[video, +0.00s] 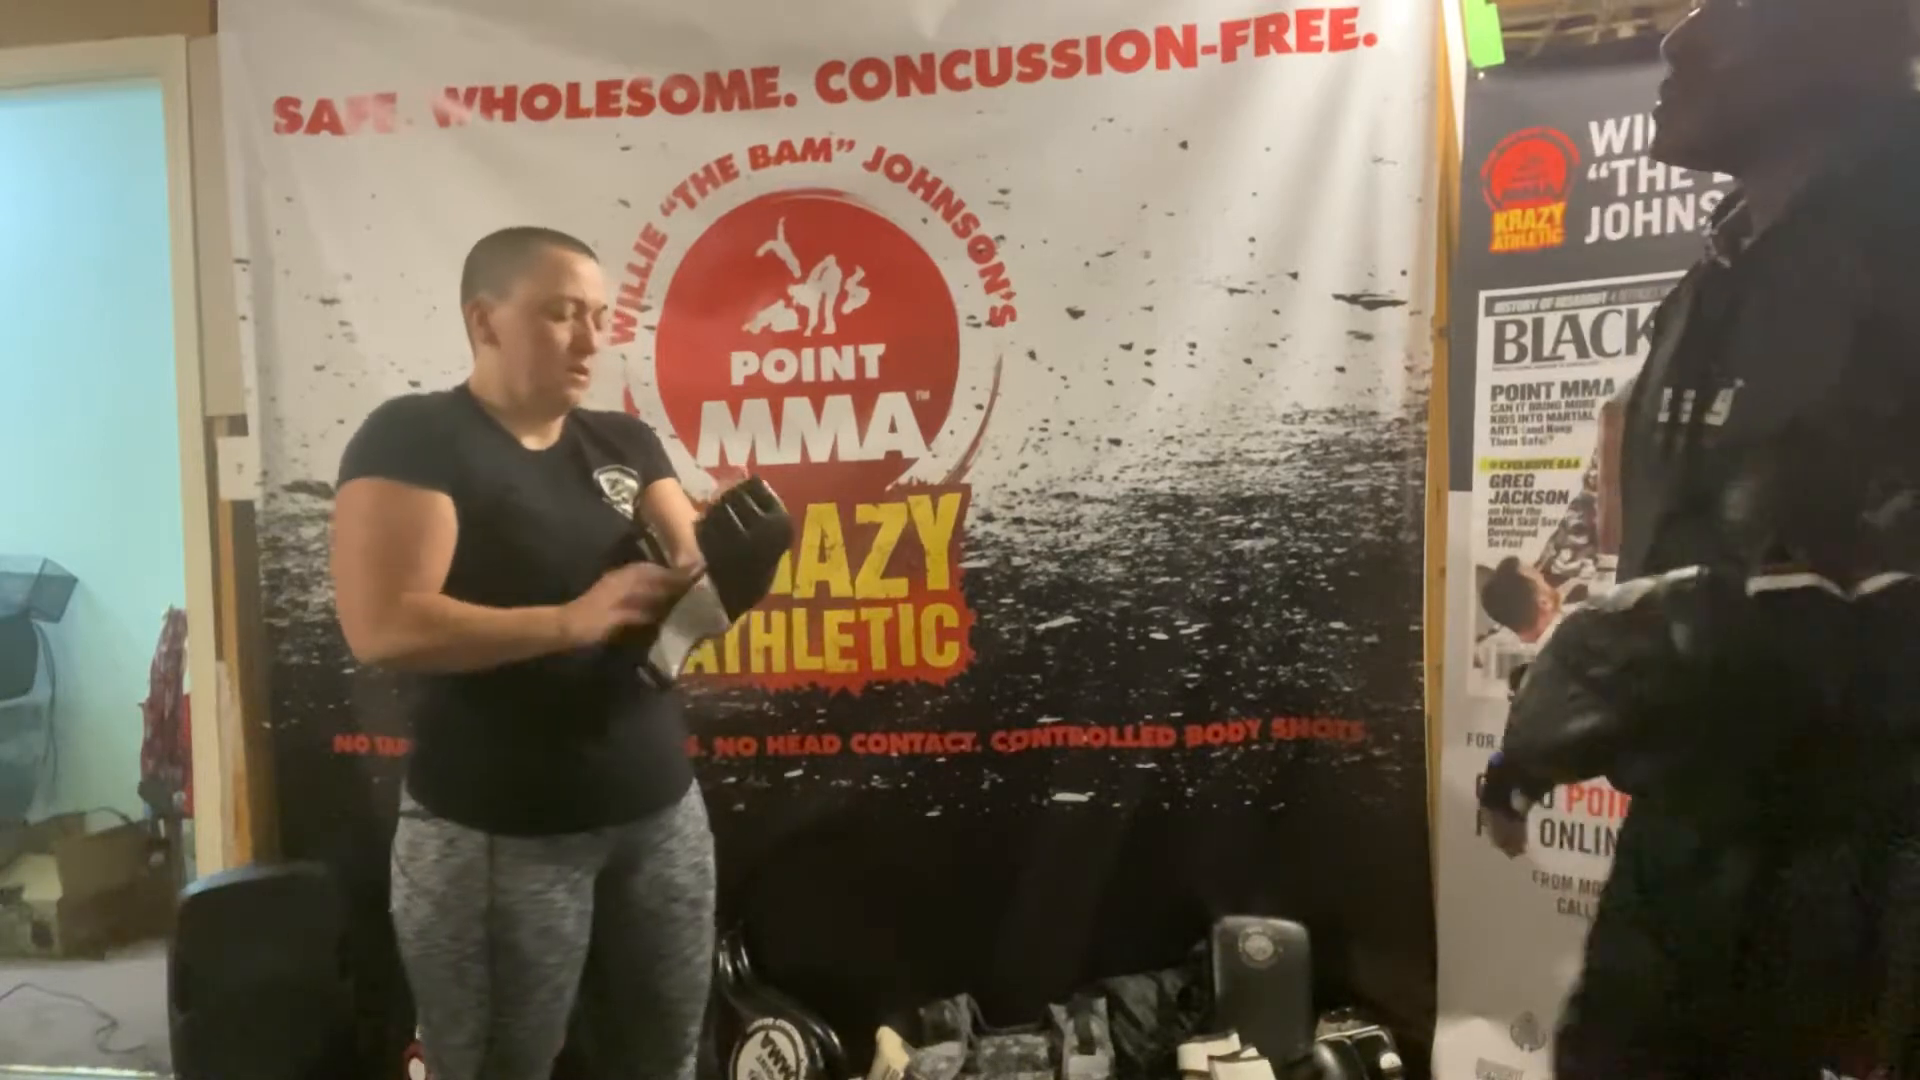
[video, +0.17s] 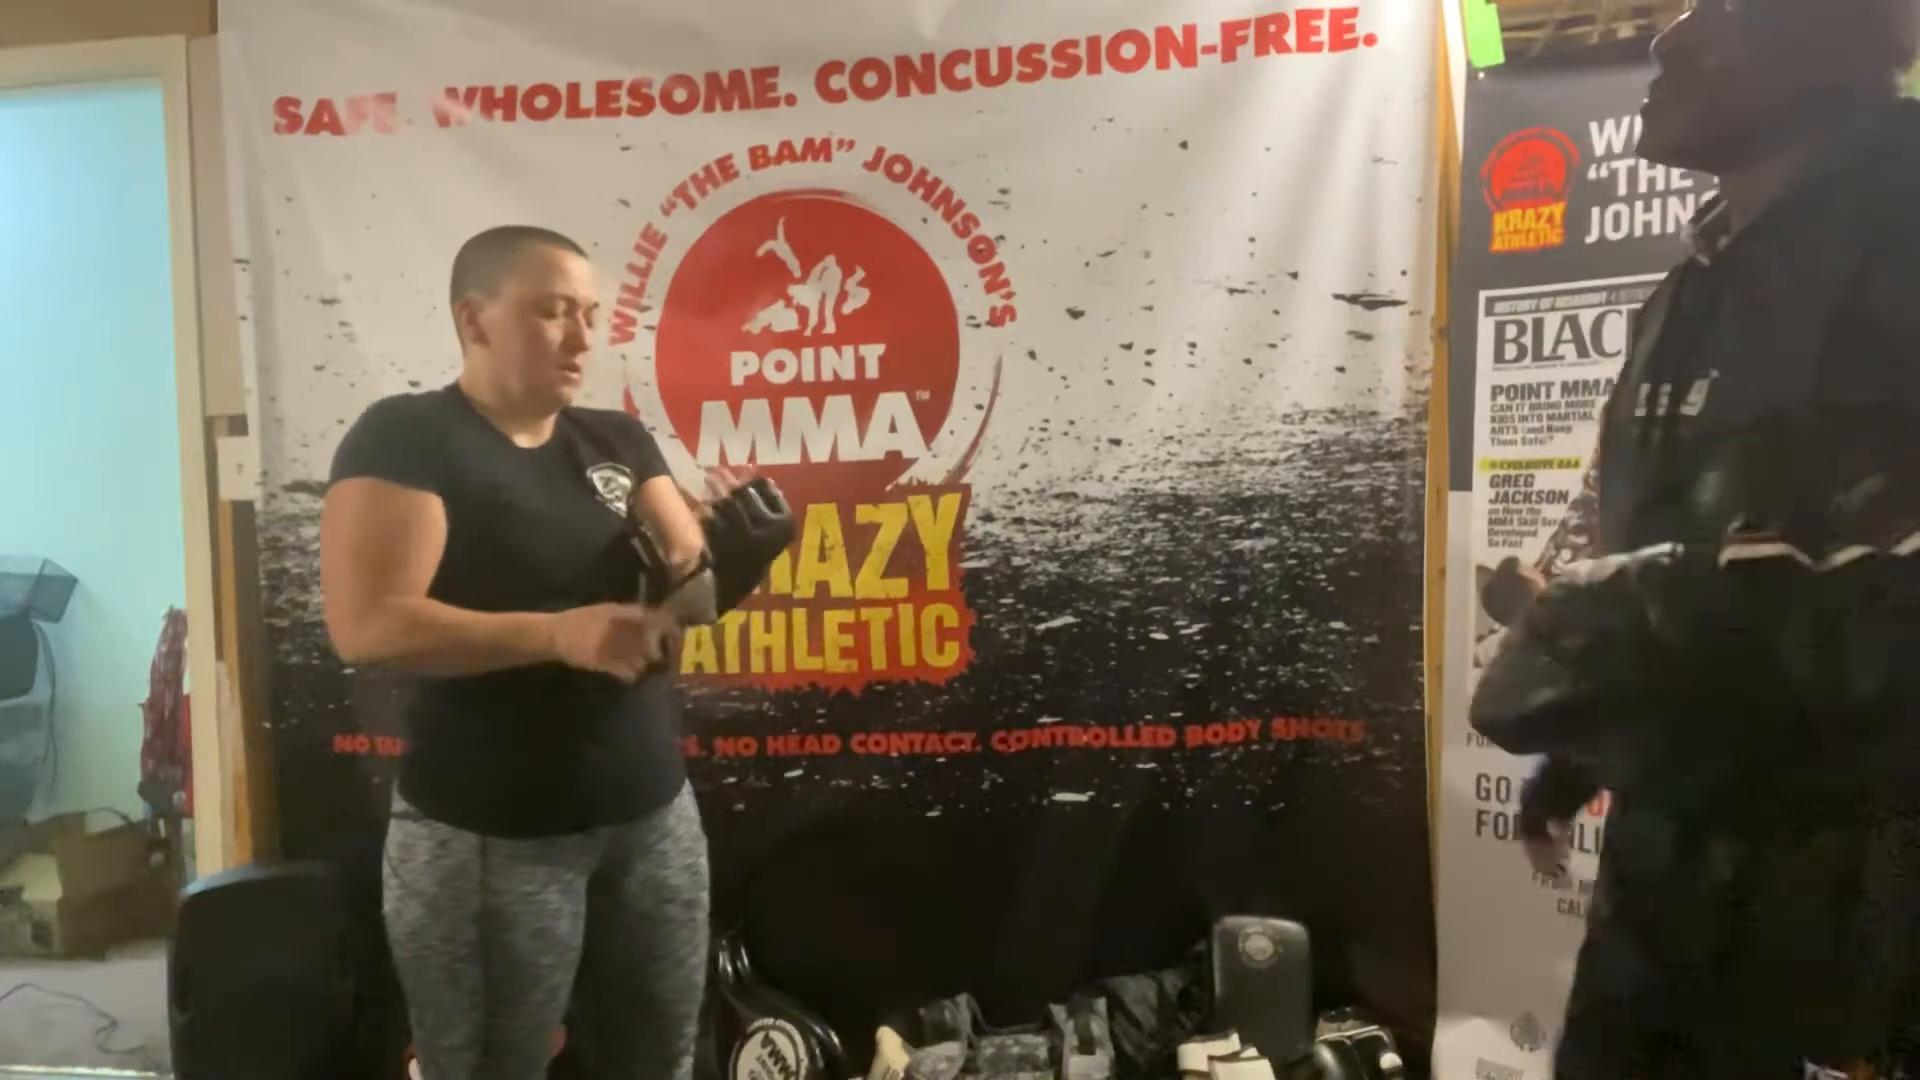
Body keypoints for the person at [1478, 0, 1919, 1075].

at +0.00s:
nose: (1667, 38)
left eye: (1713, 12)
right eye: (1683, 15)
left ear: (1815, 36)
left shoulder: (1893, 217)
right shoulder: (1710, 282)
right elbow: (1667, 568)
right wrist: (1544, 725)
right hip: (1702, 825)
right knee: (1616, 1053)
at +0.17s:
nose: (1661, 36)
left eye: (1708, 11)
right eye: (1675, 14)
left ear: (1817, 36)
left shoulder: (1893, 221)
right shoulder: (1679, 292)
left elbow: (1898, 601)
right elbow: (1621, 546)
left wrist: (1608, 609)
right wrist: (1578, 750)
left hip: (1851, 850)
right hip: (1674, 847)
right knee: (1609, 1059)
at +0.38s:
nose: (1608, 57)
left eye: (1654, 34)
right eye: (1617, 38)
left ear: (1765, 65)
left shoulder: (1846, 229)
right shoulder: (1639, 285)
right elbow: (1584, 548)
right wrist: (1533, 766)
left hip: (1794, 808)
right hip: (1635, 811)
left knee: (1799, 1053)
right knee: (1617, 1053)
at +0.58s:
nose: (1523, 121)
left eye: (1554, 93)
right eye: (1529, 99)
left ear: (1657, 108)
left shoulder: (1787, 235)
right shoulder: (1560, 329)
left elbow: (1882, 501)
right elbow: (1526, 583)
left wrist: (1552, 612)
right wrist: (1451, 767)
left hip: (1777, 806)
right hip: (1601, 813)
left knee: (1798, 1054)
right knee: (1599, 1052)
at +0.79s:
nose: (1504, 133)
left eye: (1536, 98)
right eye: (1506, 111)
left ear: (1640, 112)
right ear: (1512, 160)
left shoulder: (1756, 230)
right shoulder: (1524, 337)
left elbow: (1883, 447)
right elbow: (1495, 590)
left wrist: (1579, 589)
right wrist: (1412, 763)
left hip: (1761, 767)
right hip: (1582, 781)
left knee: (1758, 1049)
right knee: (1593, 1047)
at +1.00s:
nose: (1500, 122)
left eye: (1537, 93)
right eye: (1496, 104)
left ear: (1640, 112)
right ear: (1497, 149)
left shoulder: (1738, 227)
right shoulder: (1508, 334)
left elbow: (1886, 450)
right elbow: (1488, 591)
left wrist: (1591, 569)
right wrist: (1412, 772)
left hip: (1745, 778)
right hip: (1557, 792)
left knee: (1764, 1057)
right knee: (1577, 1052)